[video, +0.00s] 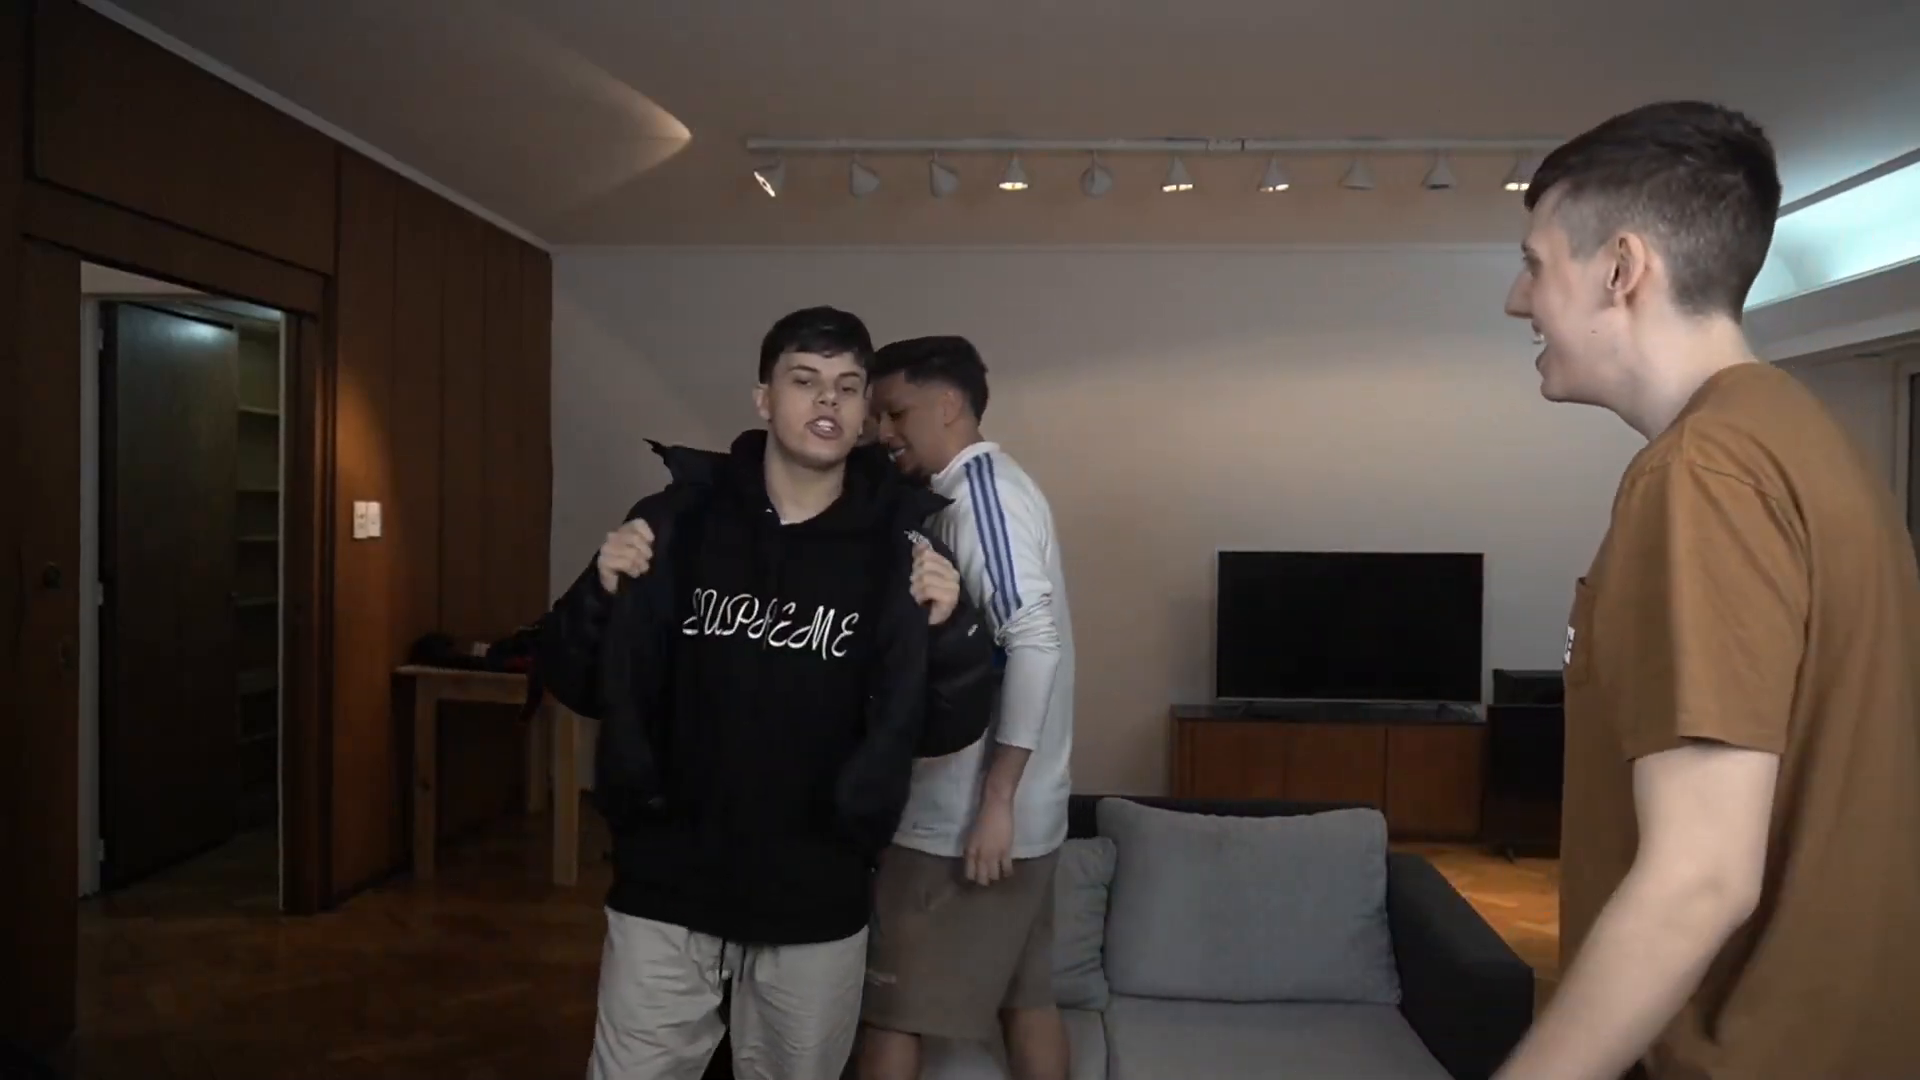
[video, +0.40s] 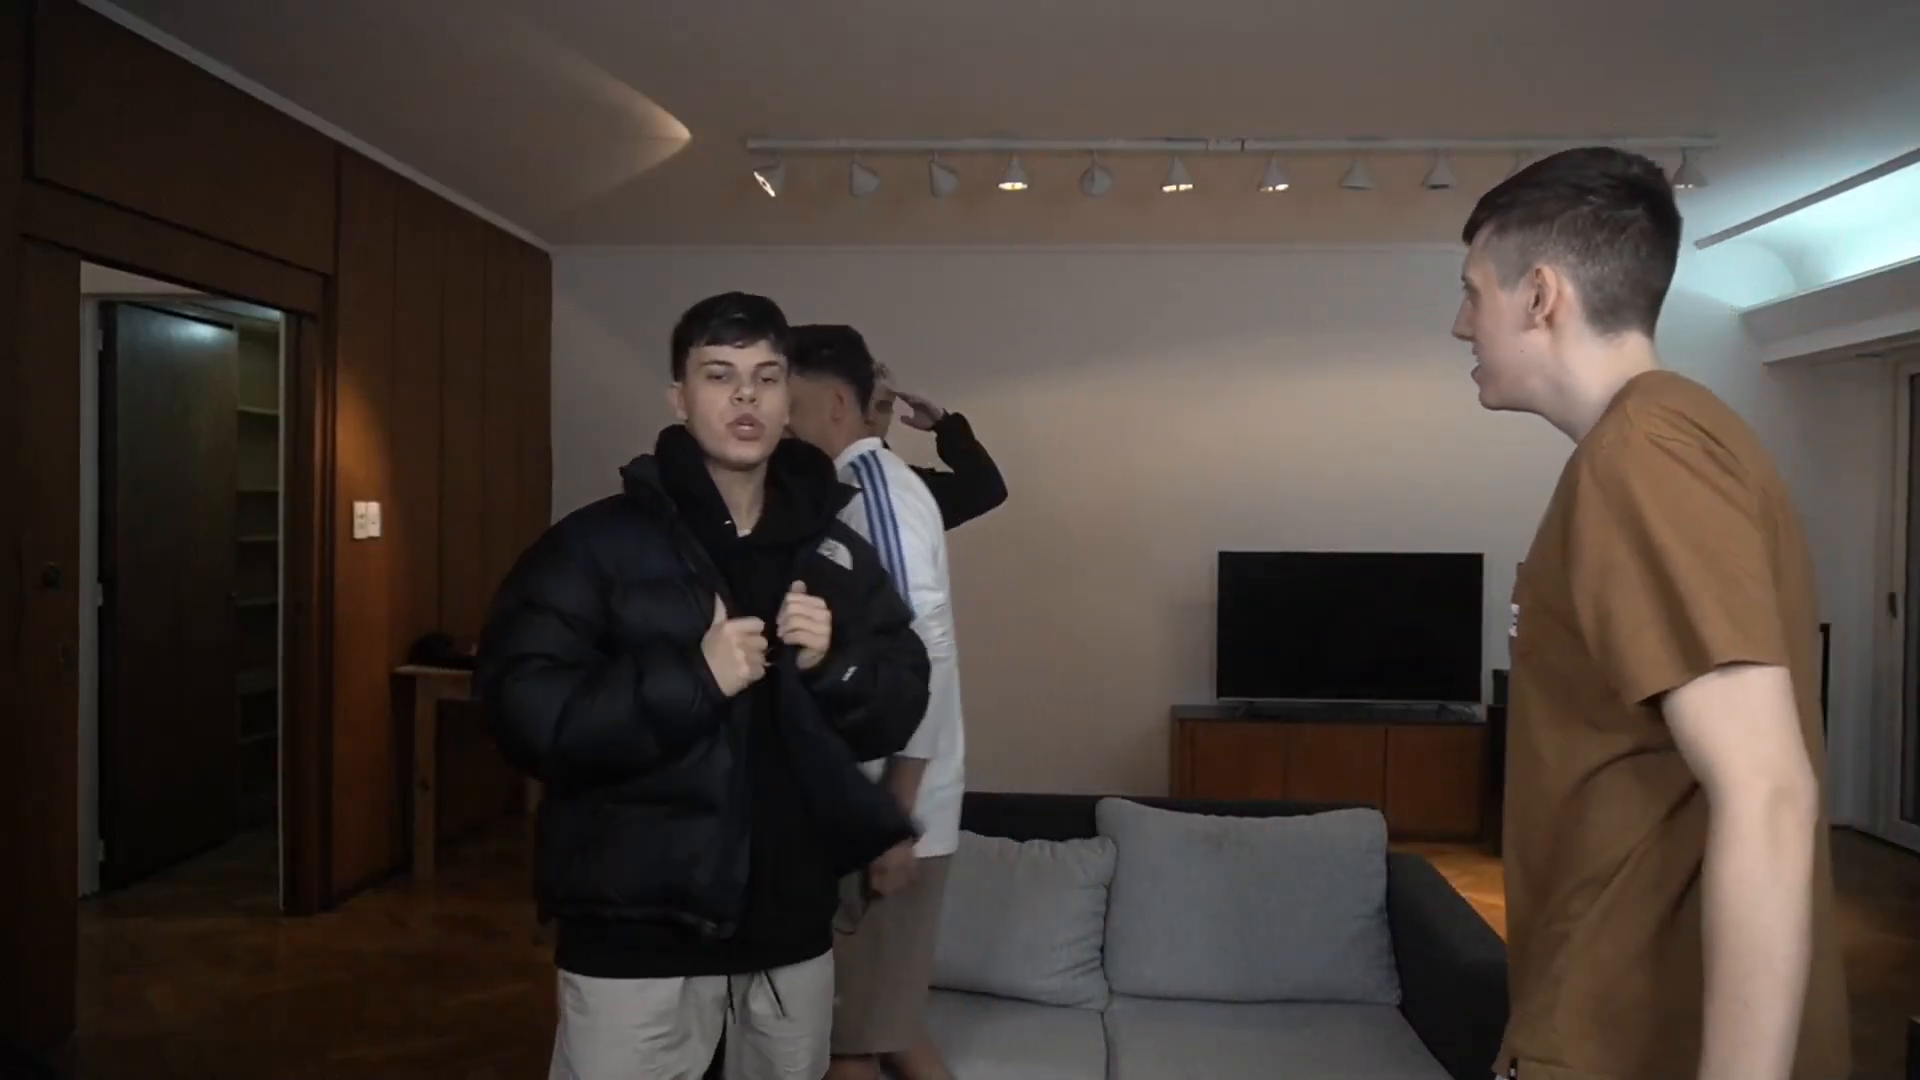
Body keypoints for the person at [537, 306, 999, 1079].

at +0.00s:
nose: (829, 401)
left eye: (848, 385)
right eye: (805, 380)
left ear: (867, 411)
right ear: (764, 400)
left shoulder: (901, 543)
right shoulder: (682, 517)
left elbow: (947, 729)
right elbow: (575, 683)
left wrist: (949, 627)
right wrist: (601, 588)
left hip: (814, 894)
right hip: (668, 881)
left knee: (797, 1072)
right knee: (632, 1071)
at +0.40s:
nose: (747, 399)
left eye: (766, 379)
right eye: (721, 377)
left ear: (790, 400)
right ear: (679, 399)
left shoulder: (832, 554)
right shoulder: (596, 546)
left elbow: (899, 708)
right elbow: (527, 711)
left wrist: (833, 660)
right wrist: (694, 678)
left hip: (790, 927)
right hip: (635, 932)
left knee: (790, 1068)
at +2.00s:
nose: (849, 384)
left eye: (875, 352)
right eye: (816, 357)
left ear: (909, 358)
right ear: (773, 373)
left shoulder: (1014, 553)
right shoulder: (704, 527)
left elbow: (1121, 719)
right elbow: (601, 661)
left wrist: (965, 780)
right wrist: (612, 714)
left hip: (891, 1018)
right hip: (705, 999)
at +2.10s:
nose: (855, 382)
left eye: (882, 350)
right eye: (822, 353)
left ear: (914, 358)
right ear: (781, 369)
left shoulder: (1016, 555)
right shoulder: (704, 525)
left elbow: (1116, 721)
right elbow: (597, 663)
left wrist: (968, 782)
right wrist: (618, 714)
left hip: (889, 1024)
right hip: (692, 1007)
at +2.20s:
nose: (856, 380)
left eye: (882, 349)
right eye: (823, 352)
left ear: (916, 361)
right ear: (781, 367)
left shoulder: (1013, 557)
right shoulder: (696, 524)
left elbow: (1106, 729)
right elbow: (584, 666)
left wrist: (974, 781)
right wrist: (623, 719)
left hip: (884, 1019)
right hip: (682, 1003)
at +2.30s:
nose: (852, 379)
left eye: (877, 350)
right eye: (820, 351)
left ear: (909, 363)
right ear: (775, 365)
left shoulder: (999, 558)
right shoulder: (676, 527)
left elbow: (1087, 738)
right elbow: (559, 665)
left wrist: (983, 780)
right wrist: (619, 726)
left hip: (883, 1016)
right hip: (677, 1001)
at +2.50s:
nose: (802, 383)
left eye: (828, 354)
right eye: (770, 354)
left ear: (858, 366)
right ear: (721, 366)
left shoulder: (927, 545)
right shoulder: (610, 532)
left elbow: (1016, 724)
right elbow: (478, 697)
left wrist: (975, 757)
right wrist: (610, 749)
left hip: (850, 1009)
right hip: (650, 1009)